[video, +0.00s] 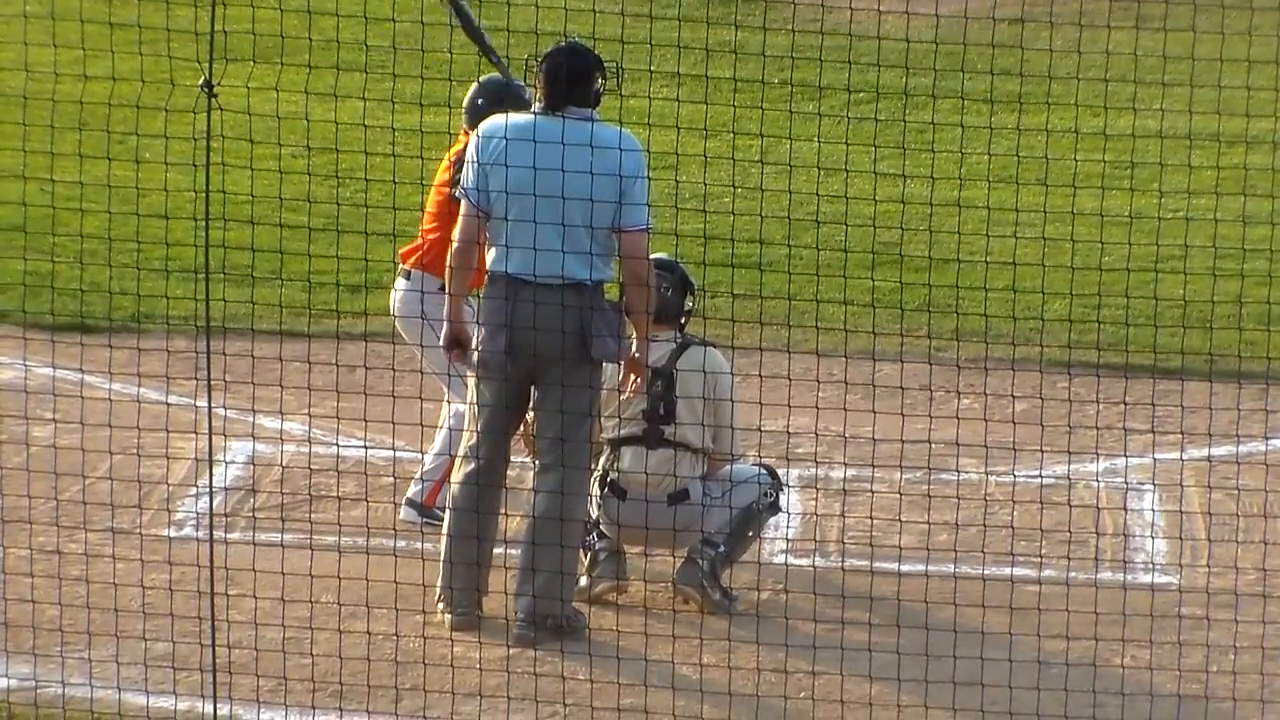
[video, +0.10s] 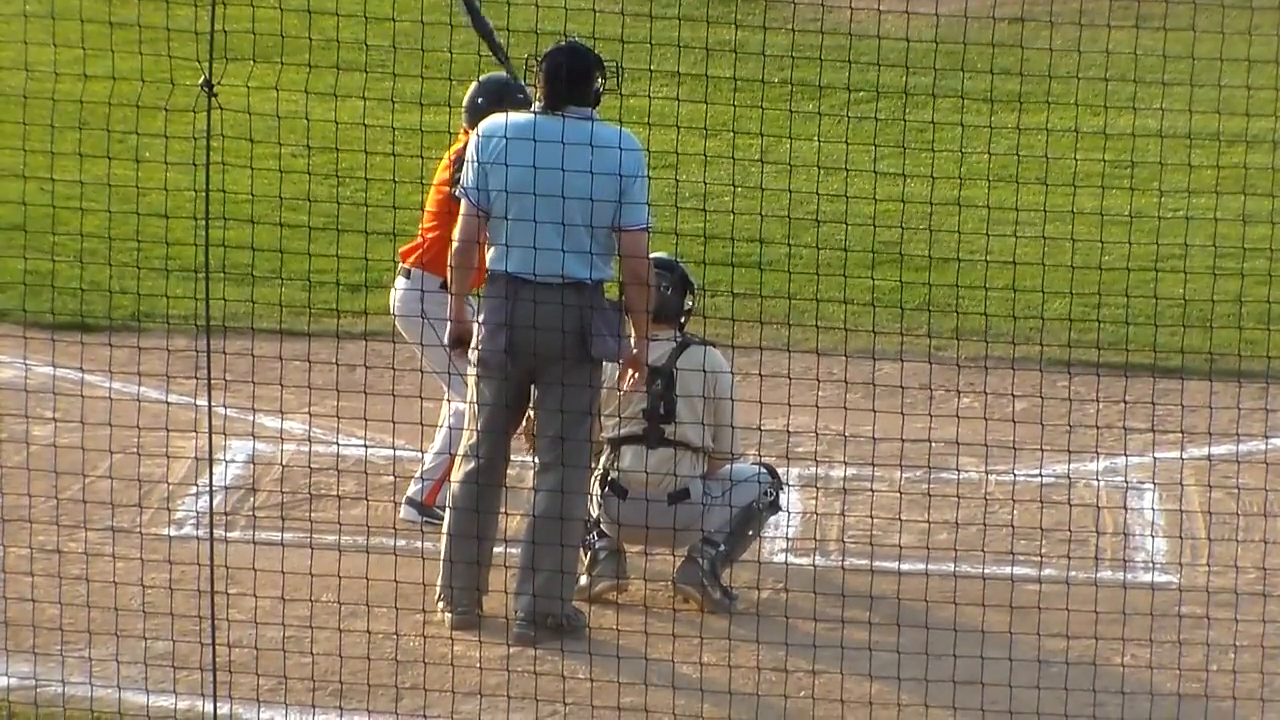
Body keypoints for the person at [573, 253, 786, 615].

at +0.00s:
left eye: (633, 293)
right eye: (686, 298)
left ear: (629, 303)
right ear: (682, 309)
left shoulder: (606, 357)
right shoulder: (709, 361)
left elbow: (585, 443)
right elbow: (719, 458)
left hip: (615, 512)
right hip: (680, 514)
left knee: (590, 470)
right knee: (765, 482)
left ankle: (604, 557)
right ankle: (703, 564)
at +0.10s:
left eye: (634, 291)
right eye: (686, 296)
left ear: (630, 302)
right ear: (682, 307)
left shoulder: (606, 357)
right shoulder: (708, 360)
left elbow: (587, 439)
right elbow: (721, 455)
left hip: (617, 512)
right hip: (682, 513)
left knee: (592, 468)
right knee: (765, 481)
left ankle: (604, 557)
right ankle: (703, 563)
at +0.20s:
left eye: (633, 291)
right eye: (682, 296)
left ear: (629, 302)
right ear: (680, 307)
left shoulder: (606, 357)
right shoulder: (707, 361)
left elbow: (595, 440)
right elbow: (722, 454)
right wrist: (685, 476)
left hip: (618, 512)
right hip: (682, 514)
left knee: (597, 467)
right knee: (763, 481)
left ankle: (603, 557)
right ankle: (703, 564)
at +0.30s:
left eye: (628, 293)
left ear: (625, 304)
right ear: (675, 308)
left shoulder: (607, 359)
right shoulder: (705, 362)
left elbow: (598, 441)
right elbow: (721, 455)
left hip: (619, 514)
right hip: (682, 516)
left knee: (597, 464)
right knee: (759, 480)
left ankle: (604, 556)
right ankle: (704, 564)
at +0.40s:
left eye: (623, 295)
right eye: (672, 298)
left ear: (617, 304)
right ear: (669, 306)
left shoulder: (601, 357)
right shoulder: (700, 359)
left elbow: (583, 440)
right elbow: (726, 445)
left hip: (617, 511)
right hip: (682, 512)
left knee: (590, 462)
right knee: (754, 477)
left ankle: (603, 554)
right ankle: (702, 564)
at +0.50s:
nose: (663, 306)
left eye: (632, 298)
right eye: (663, 300)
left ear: (614, 305)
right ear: (662, 307)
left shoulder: (599, 356)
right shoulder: (691, 356)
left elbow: (579, 433)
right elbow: (736, 432)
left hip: (611, 510)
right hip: (676, 512)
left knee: (579, 461)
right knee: (755, 474)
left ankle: (603, 554)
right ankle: (701, 563)